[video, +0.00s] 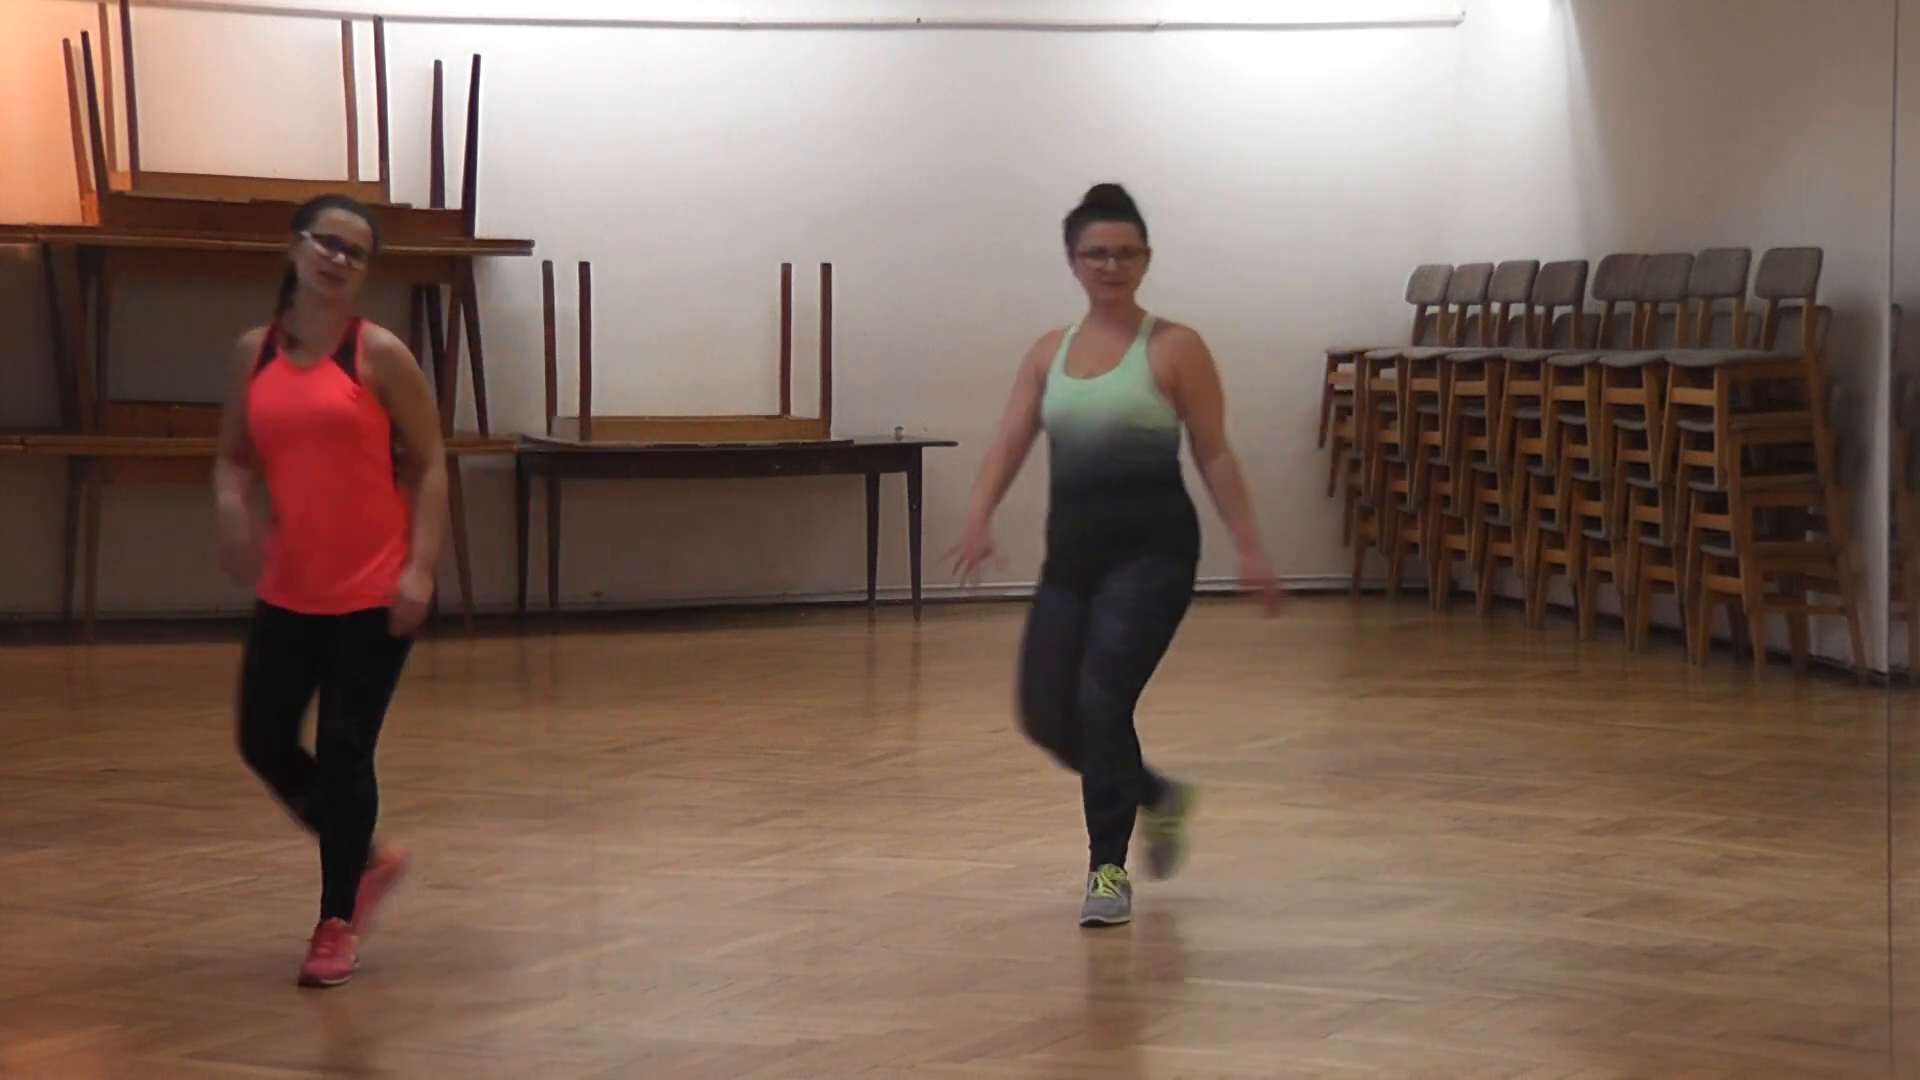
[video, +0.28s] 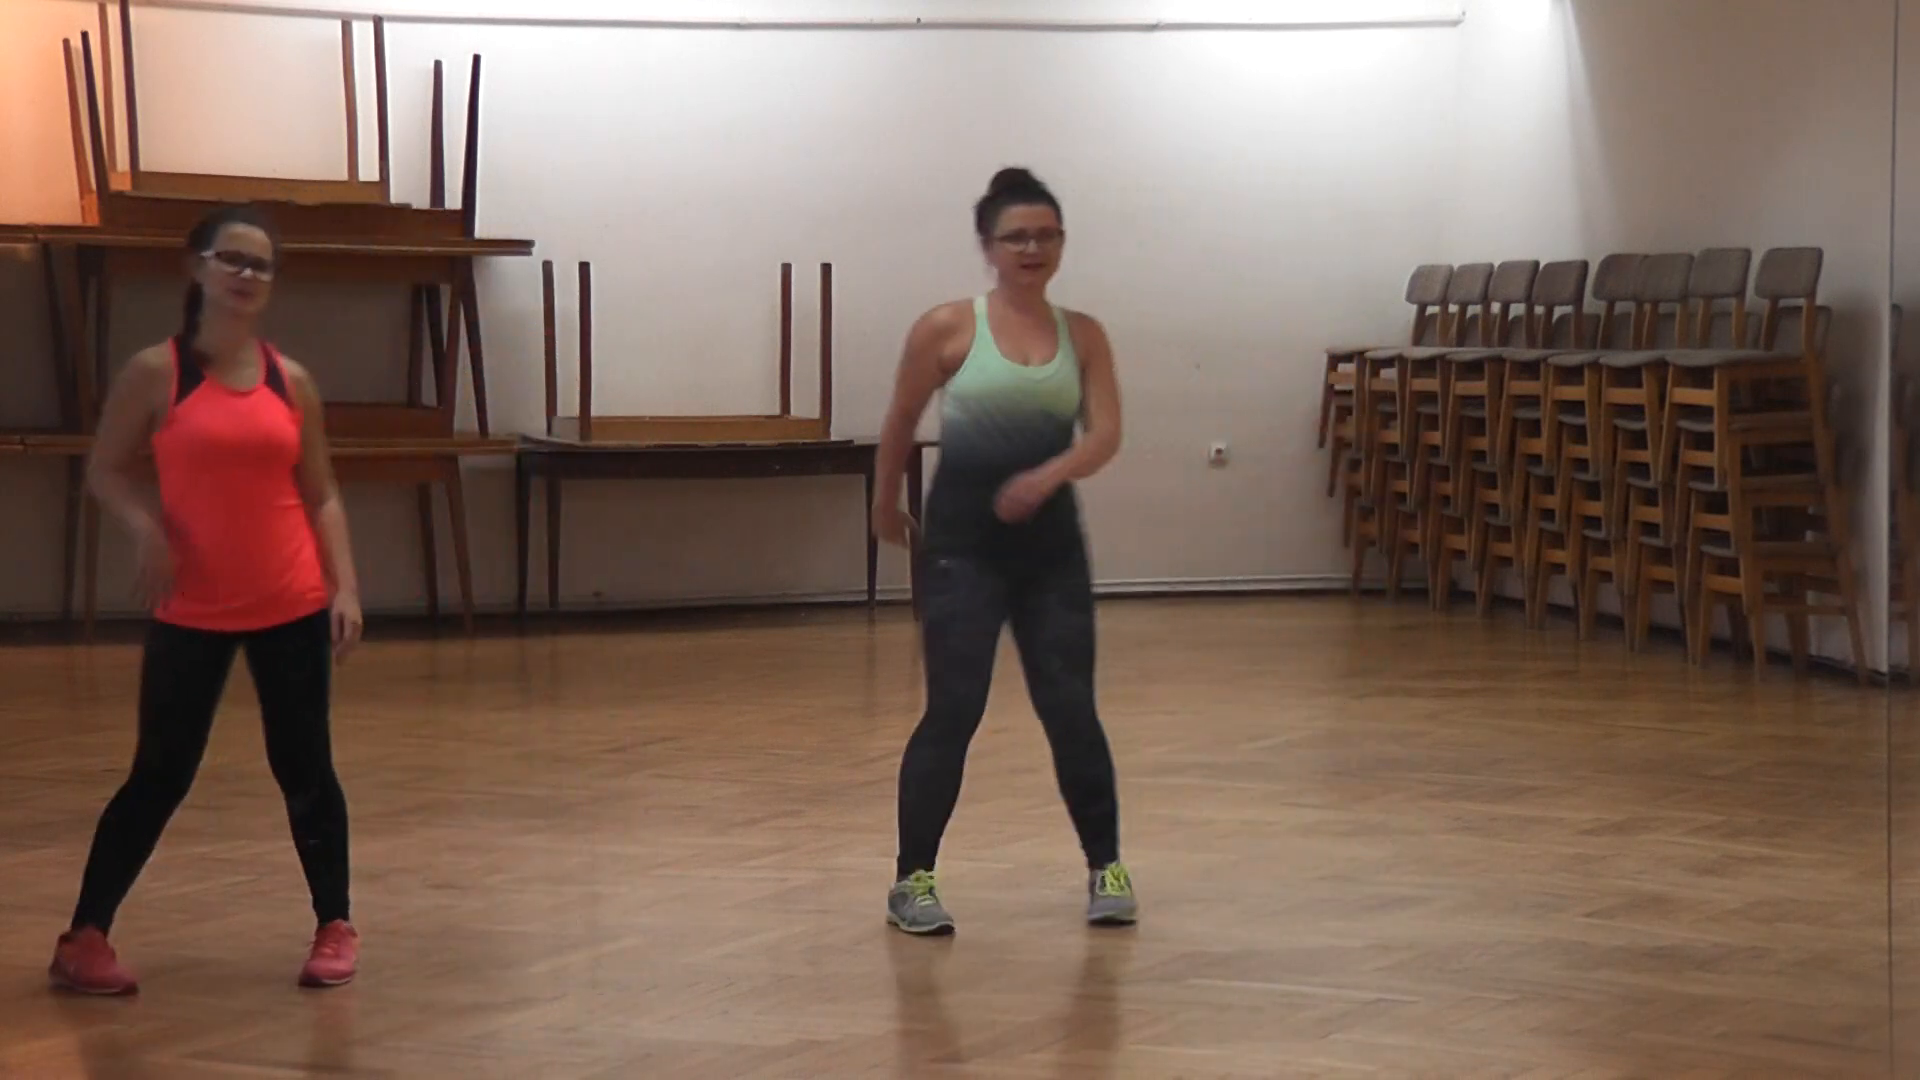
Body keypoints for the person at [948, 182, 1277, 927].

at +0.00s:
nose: (1113, 265)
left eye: (1127, 252)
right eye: (1098, 253)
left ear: (1145, 259)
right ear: (1073, 261)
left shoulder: (1175, 349)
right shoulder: (1051, 353)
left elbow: (1214, 454)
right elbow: (1011, 443)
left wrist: (1251, 551)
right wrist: (978, 518)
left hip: (1152, 551)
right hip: (1073, 553)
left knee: (1101, 697)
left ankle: (1107, 869)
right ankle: (1159, 793)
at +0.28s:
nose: (1034, 249)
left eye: (1046, 235)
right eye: (1017, 236)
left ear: (1062, 242)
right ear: (986, 244)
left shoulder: (1083, 335)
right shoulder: (946, 328)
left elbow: (1105, 436)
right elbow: (899, 427)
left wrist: (1047, 476)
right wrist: (887, 507)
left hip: (1050, 545)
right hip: (960, 545)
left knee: (1071, 707)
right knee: (953, 711)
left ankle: (1106, 867)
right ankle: (915, 877)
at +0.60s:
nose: (949, 248)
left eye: (960, 234)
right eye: (932, 236)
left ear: (972, 238)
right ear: (896, 243)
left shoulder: (976, 329)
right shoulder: (875, 323)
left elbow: (988, 429)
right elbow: (833, 423)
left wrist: (1021, 502)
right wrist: (888, 462)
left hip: (941, 540)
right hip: (873, 538)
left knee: (905, 702)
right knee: (905, 700)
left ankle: (798, 845)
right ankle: (903, 879)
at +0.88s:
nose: (917, 243)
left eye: (927, 230)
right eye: (899, 230)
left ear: (936, 235)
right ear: (861, 236)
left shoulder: (908, 317)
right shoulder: (850, 311)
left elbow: (887, 429)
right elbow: (903, 401)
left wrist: (914, 506)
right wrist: (981, 335)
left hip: (886, 535)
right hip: (829, 532)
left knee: (852, 699)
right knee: (838, 693)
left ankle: (788, 854)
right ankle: (734, 837)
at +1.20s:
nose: (935, 271)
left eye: (942, 257)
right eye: (917, 259)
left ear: (946, 260)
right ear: (876, 266)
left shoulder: (895, 342)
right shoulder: (874, 344)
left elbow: (872, 460)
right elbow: (952, 441)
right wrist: (1062, 485)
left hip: (897, 571)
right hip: (844, 572)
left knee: (943, 706)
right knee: (811, 714)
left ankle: (851, 864)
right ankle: (701, 858)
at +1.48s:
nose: (1018, 252)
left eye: (1025, 238)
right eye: (1000, 239)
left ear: (1031, 240)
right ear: (957, 245)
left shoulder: (1003, 322)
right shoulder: (945, 328)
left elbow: (1018, 433)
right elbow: (874, 421)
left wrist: (1092, 493)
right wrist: (814, 503)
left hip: (974, 546)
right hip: (955, 548)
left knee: (895, 706)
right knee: (1054, 669)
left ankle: (848, 864)